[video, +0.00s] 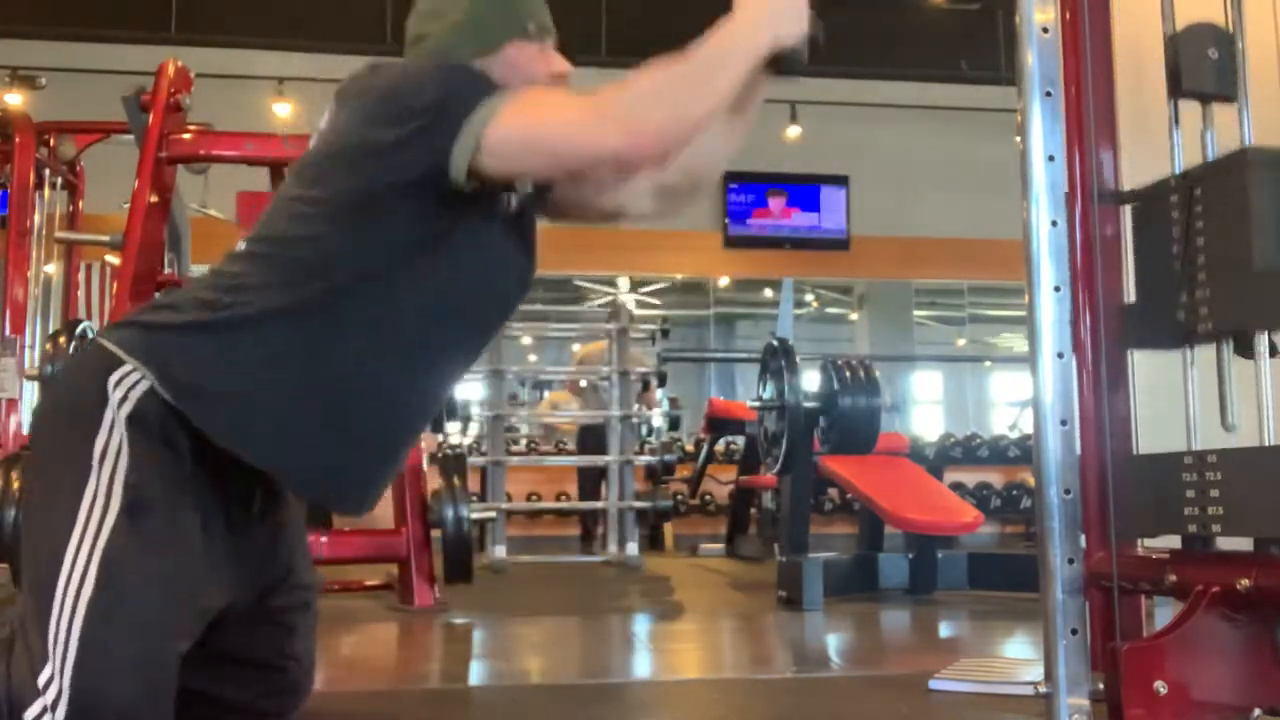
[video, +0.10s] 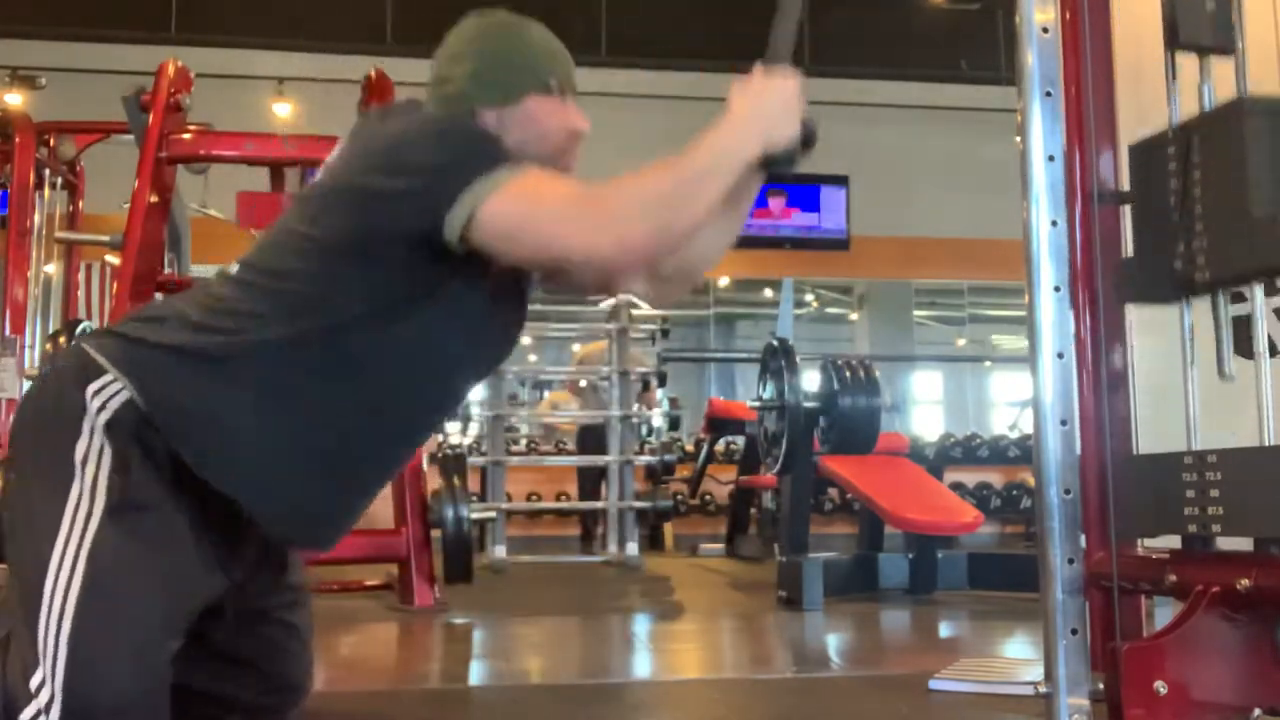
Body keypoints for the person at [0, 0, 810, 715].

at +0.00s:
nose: (561, 65)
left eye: (558, 49)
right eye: (543, 44)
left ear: (496, 58)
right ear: (480, 47)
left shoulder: (499, 175)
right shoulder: (412, 97)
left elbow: (652, 181)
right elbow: (622, 134)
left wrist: (751, 71)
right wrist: (751, 26)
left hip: (257, 485)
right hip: (144, 423)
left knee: (256, 694)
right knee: (79, 701)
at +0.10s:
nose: (582, 125)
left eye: (578, 102)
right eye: (566, 101)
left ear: (495, 105)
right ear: (505, 98)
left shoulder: (488, 209)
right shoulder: (421, 148)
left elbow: (651, 267)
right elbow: (615, 231)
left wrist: (751, 164)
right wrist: (746, 125)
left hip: (233, 502)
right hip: (126, 434)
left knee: (258, 688)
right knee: (79, 702)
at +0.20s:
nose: (592, 185)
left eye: (590, 162)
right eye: (575, 160)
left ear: (524, 167)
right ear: (506, 159)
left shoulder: (511, 263)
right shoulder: (421, 199)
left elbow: (647, 357)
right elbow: (592, 337)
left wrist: (734, 266)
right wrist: (725, 234)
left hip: (229, 527)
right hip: (106, 453)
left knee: (260, 688)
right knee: (78, 697)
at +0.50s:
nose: (596, 364)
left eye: (599, 343)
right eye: (586, 338)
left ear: (519, 329)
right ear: (521, 325)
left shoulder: (502, 408)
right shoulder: (402, 363)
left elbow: (529, 558)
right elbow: (448, 586)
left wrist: (641, 526)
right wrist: (634, 520)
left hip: (182, 505)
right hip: (75, 444)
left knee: (260, 674)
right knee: (82, 701)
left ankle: (77, 661)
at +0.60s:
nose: (590, 416)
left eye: (594, 391)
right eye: (580, 387)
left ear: (524, 378)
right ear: (513, 373)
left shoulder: (483, 434)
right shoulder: (386, 409)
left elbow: (511, 588)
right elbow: (408, 639)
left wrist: (609, 588)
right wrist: (598, 587)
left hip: (175, 499)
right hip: (62, 453)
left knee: (261, 677)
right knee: (79, 699)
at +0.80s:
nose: (578, 475)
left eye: (584, 451)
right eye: (568, 447)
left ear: (501, 435)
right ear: (497, 429)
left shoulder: (468, 477)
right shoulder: (368, 463)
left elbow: (474, 627)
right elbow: (348, 688)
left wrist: (563, 650)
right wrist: (542, 655)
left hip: (178, 492)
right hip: (62, 455)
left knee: (251, 690)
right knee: (80, 704)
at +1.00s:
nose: (582, 481)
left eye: (588, 458)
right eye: (572, 454)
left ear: (508, 441)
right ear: (503, 433)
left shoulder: (469, 486)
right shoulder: (374, 467)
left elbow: (480, 638)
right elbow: (352, 691)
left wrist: (572, 647)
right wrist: (550, 668)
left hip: (175, 494)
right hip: (60, 450)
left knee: (249, 688)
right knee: (79, 701)